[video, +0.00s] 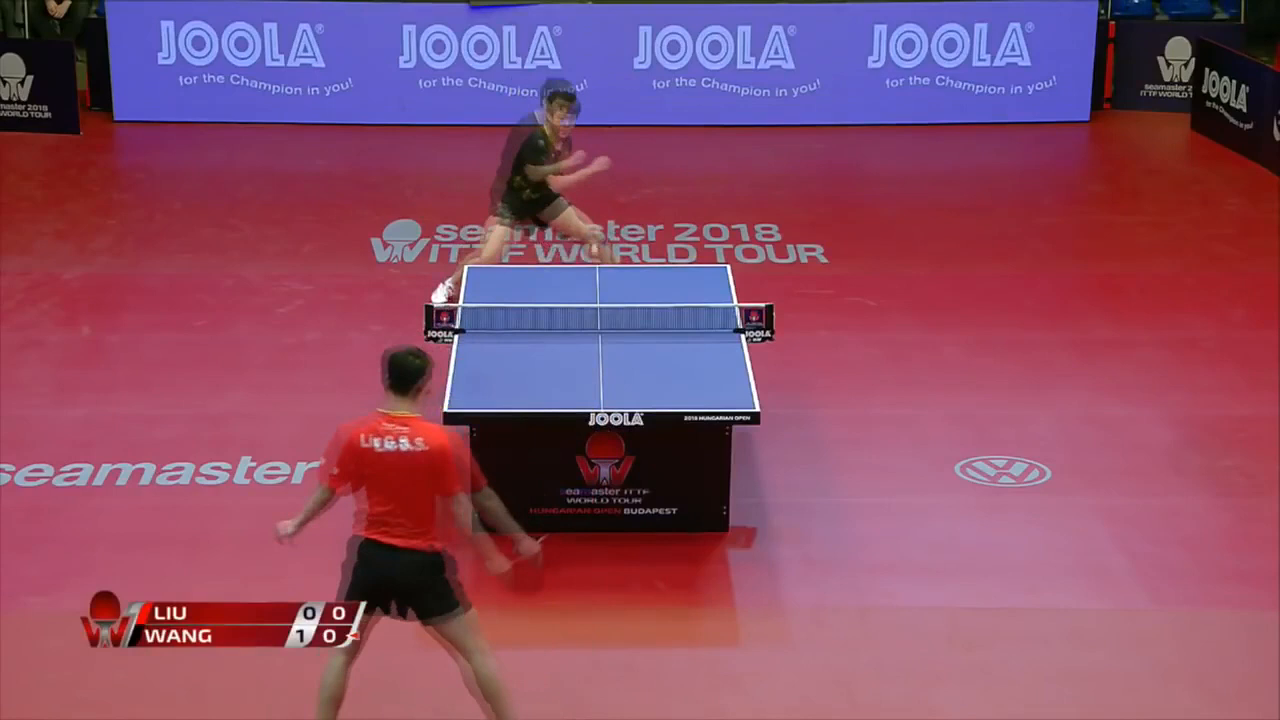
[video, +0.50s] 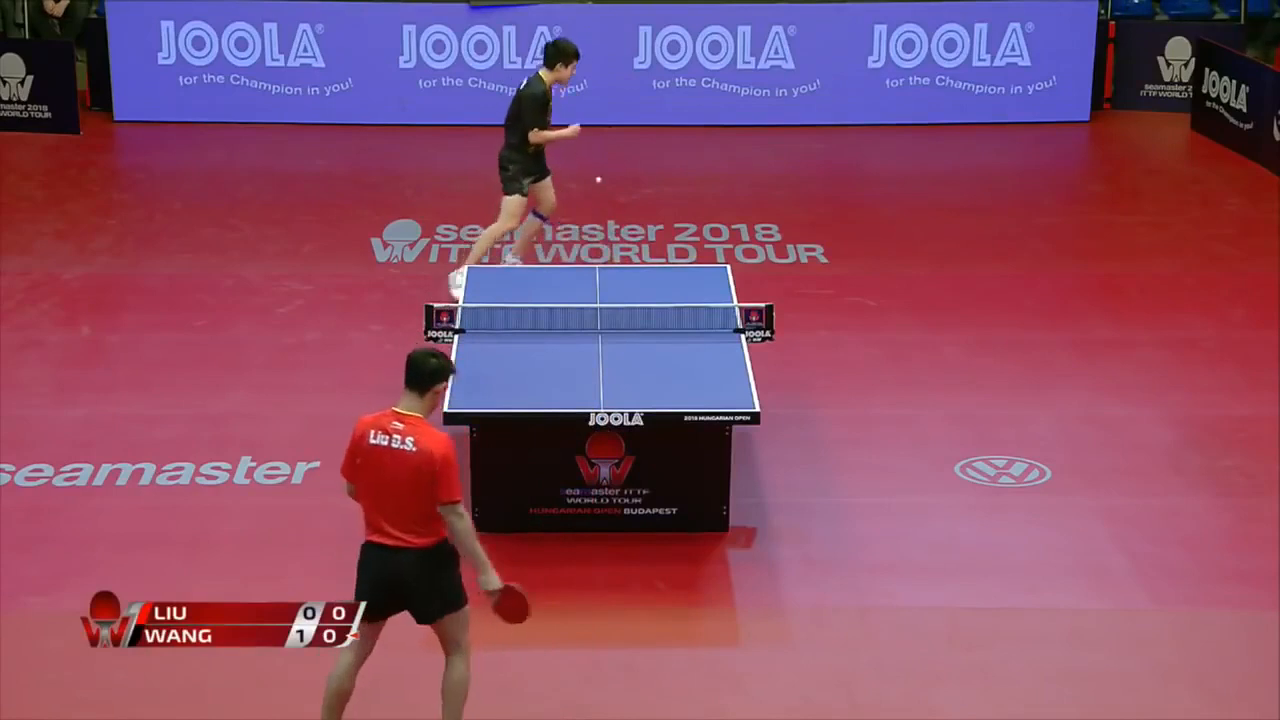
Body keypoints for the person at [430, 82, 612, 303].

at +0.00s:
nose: (564, 116)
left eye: (569, 111)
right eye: (559, 109)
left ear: (573, 113)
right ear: (547, 107)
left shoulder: (564, 139)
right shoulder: (531, 134)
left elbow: (555, 175)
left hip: (541, 195)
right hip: (511, 198)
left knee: (592, 234)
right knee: (490, 255)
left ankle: (616, 289)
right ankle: (450, 287)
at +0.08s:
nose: (563, 107)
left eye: (566, 102)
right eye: (560, 100)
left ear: (566, 101)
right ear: (544, 97)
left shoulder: (548, 121)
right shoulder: (520, 123)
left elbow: (532, 150)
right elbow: (522, 166)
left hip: (532, 185)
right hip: (505, 188)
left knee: (575, 228)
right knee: (484, 249)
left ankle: (610, 273)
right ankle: (450, 284)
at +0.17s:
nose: (563, 99)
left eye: (565, 94)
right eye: (560, 93)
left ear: (548, 90)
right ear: (544, 89)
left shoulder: (541, 114)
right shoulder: (515, 114)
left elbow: (528, 148)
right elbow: (511, 157)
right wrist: (547, 156)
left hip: (526, 176)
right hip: (499, 179)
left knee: (567, 217)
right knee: (483, 241)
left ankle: (581, 269)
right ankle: (449, 283)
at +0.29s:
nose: (562, 89)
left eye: (564, 83)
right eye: (561, 83)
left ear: (546, 80)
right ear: (545, 80)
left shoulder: (538, 103)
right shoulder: (516, 106)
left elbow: (525, 137)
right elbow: (513, 148)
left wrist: (526, 159)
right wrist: (549, 148)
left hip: (522, 170)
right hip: (498, 173)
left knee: (557, 210)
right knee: (481, 234)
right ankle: (449, 281)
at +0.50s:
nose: (573, 73)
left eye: (573, 68)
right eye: (572, 67)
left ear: (554, 64)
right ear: (559, 66)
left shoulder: (543, 86)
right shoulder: (535, 91)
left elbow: (531, 128)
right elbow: (534, 136)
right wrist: (565, 133)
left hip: (533, 158)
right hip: (516, 161)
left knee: (547, 205)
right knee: (509, 221)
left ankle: (513, 257)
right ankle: (463, 272)